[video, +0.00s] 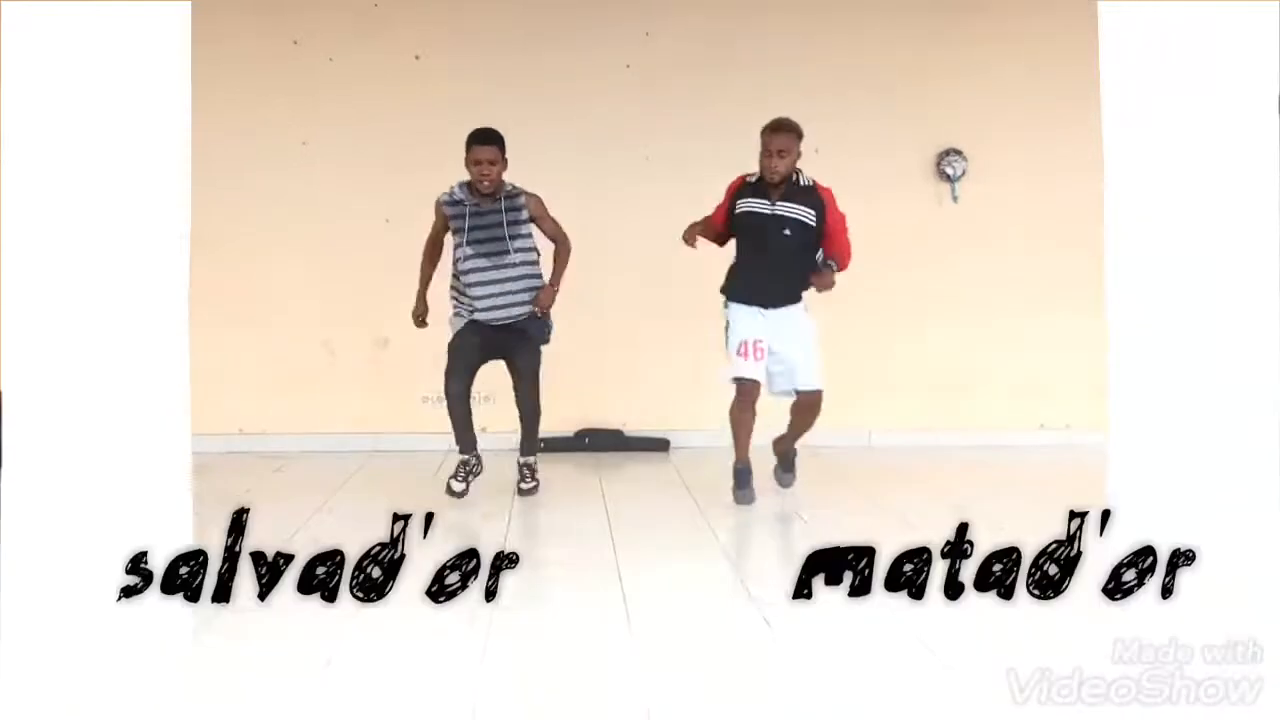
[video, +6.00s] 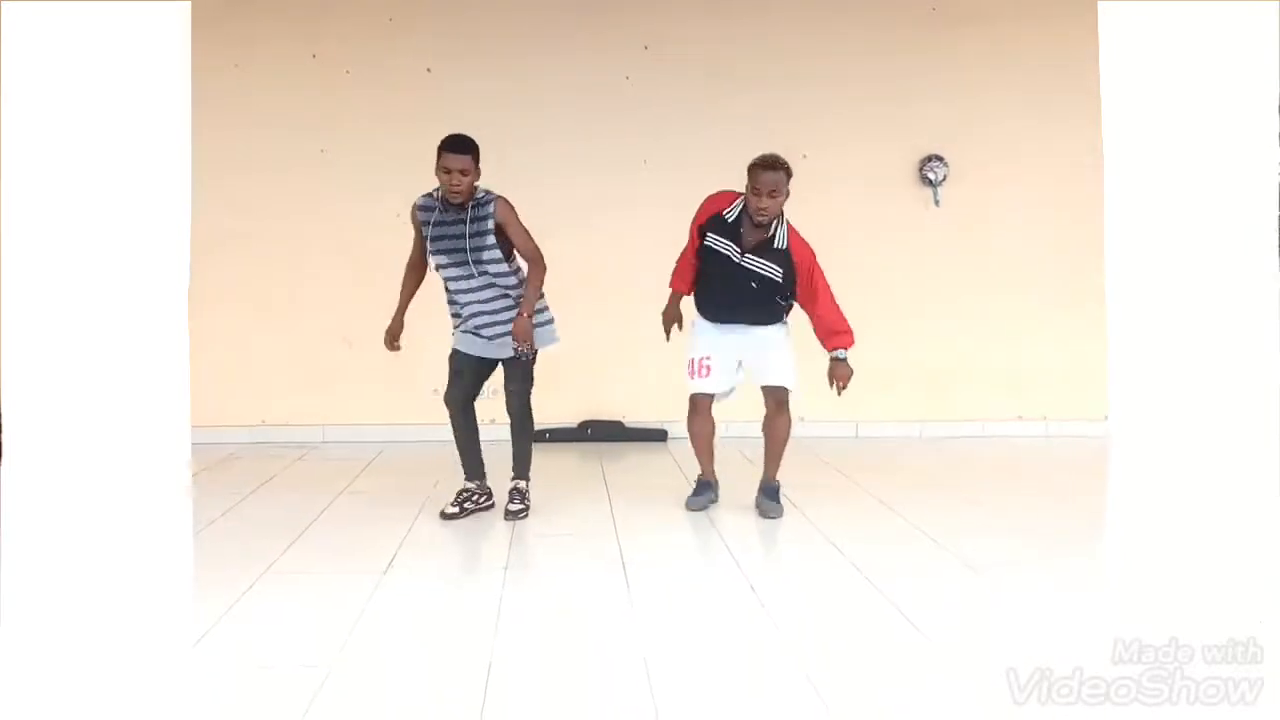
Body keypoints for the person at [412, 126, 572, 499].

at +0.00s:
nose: (484, 170)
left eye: (492, 163)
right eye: (476, 163)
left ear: (504, 163)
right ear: (466, 164)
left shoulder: (526, 202)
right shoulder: (449, 206)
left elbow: (562, 242)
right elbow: (434, 244)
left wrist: (552, 287)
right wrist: (421, 295)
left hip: (522, 321)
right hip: (473, 323)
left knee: (527, 396)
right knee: (455, 389)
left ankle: (528, 462)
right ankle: (469, 458)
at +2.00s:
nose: (469, 169)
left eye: (478, 161)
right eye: (462, 160)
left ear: (493, 163)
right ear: (451, 159)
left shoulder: (512, 205)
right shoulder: (430, 202)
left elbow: (569, 245)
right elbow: (422, 252)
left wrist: (579, 300)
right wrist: (404, 308)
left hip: (504, 319)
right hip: (453, 324)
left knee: (519, 395)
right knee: (451, 405)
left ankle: (536, 482)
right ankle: (454, 486)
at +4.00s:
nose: (412, 168)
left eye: (422, 162)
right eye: (405, 159)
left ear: (436, 166)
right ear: (393, 160)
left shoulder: (452, 206)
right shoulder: (376, 190)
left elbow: (469, 270)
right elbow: (412, 219)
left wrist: (465, 323)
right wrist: (476, 200)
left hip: (457, 335)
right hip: (405, 340)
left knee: (473, 417)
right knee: (383, 422)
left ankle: (484, 509)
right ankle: (393, 511)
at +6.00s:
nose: (455, 180)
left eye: (464, 173)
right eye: (447, 171)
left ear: (477, 173)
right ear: (436, 170)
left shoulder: (496, 209)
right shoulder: (424, 212)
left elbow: (536, 262)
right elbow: (418, 263)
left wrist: (525, 314)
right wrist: (398, 317)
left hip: (515, 322)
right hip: (472, 327)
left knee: (517, 403)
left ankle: (520, 485)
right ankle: (477, 486)